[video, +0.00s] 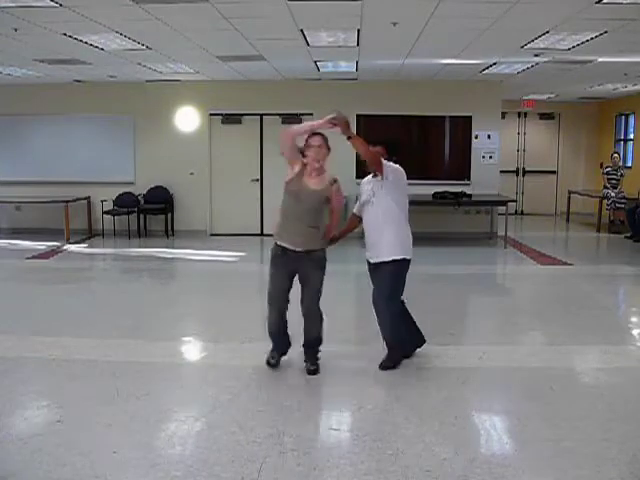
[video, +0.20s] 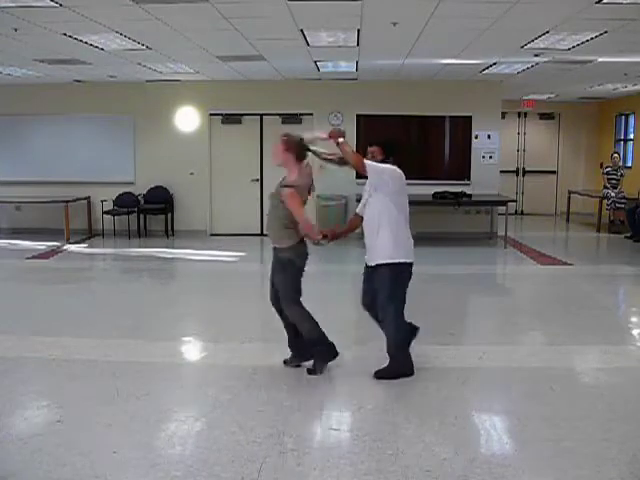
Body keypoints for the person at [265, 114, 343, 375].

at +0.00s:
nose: (315, 153)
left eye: (320, 149)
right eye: (312, 148)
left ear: (327, 154)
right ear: (305, 152)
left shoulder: (331, 185)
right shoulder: (295, 168)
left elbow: (334, 223)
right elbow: (287, 135)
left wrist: (325, 239)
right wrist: (319, 123)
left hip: (312, 254)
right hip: (282, 251)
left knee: (310, 307)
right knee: (275, 304)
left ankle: (311, 353)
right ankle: (279, 344)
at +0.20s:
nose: (273, 152)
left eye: (277, 148)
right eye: (276, 148)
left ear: (288, 154)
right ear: (294, 153)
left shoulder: (290, 190)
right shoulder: (303, 170)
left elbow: (304, 223)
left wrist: (316, 236)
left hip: (290, 252)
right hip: (285, 248)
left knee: (289, 303)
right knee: (278, 300)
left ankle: (323, 349)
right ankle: (300, 349)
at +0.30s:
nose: (267, 156)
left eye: (267, 153)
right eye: (271, 153)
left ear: (270, 155)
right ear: (289, 152)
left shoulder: (267, 187)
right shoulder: (302, 172)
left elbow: (274, 223)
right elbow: (322, 172)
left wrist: (296, 236)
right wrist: (327, 154)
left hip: (277, 251)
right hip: (297, 249)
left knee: (276, 304)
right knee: (290, 300)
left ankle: (309, 348)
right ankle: (302, 351)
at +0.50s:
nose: (279, 152)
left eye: (278, 148)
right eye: (277, 149)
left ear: (257, 153)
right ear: (269, 152)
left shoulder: (244, 180)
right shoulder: (272, 179)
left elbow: (242, 219)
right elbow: (298, 203)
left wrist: (266, 232)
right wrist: (316, 183)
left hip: (263, 247)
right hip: (288, 247)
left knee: (273, 299)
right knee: (296, 304)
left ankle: (266, 352)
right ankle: (301, 358)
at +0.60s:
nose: (277, 150)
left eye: (275, 146)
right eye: (272, 147)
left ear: (257, 153)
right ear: (260, 152)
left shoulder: (247, 179)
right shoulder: (259, 179)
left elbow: (242, 214)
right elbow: (270, 213)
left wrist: (254, 229)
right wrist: (299, 201)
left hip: (259, 249)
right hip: (275, 250)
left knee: (275, 300)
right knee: (291, 305)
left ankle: (256, 348)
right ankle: (291, 357)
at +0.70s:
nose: (272, 152)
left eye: (271, 148)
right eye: (267, 149)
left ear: (258, 155)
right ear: (253, 155)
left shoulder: (261, 180)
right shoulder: (247, 183)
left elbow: (262, 214)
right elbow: (245, 220)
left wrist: (284, 219)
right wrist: (277, 223)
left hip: (262, 250)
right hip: (257, 253)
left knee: (271, 302)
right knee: (283, 302)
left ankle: (254, 351)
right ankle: (279, 356)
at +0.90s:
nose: (261, 152)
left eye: (262, 148)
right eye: (256, 148)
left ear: (261, 153)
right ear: (242, 154)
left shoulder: (259, 181)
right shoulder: (231, 181)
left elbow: (262, 211)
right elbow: (220, 216)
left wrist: (280, 209)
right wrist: (244, 211)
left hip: (256, 250)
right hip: (237, 250)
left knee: (262, 303)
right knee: (252, 303)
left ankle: (253, 352)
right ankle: (216, 349)